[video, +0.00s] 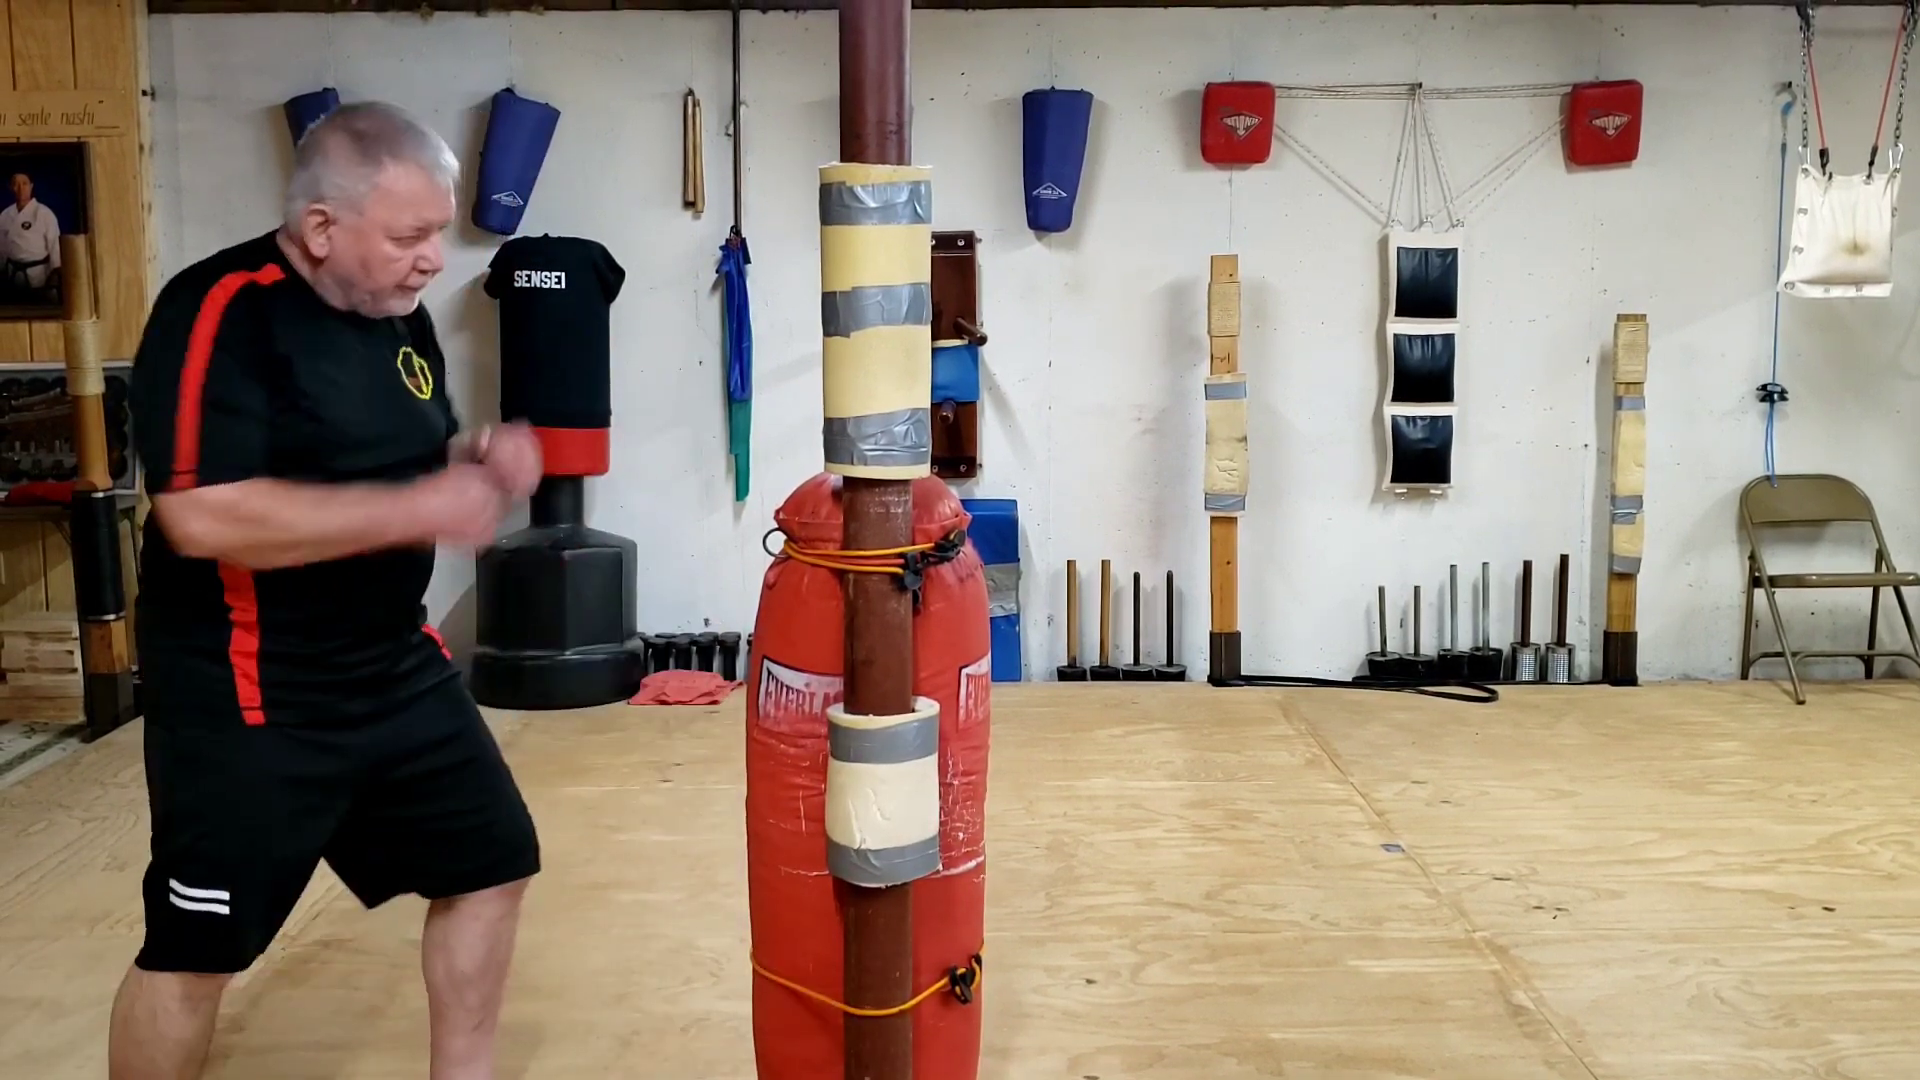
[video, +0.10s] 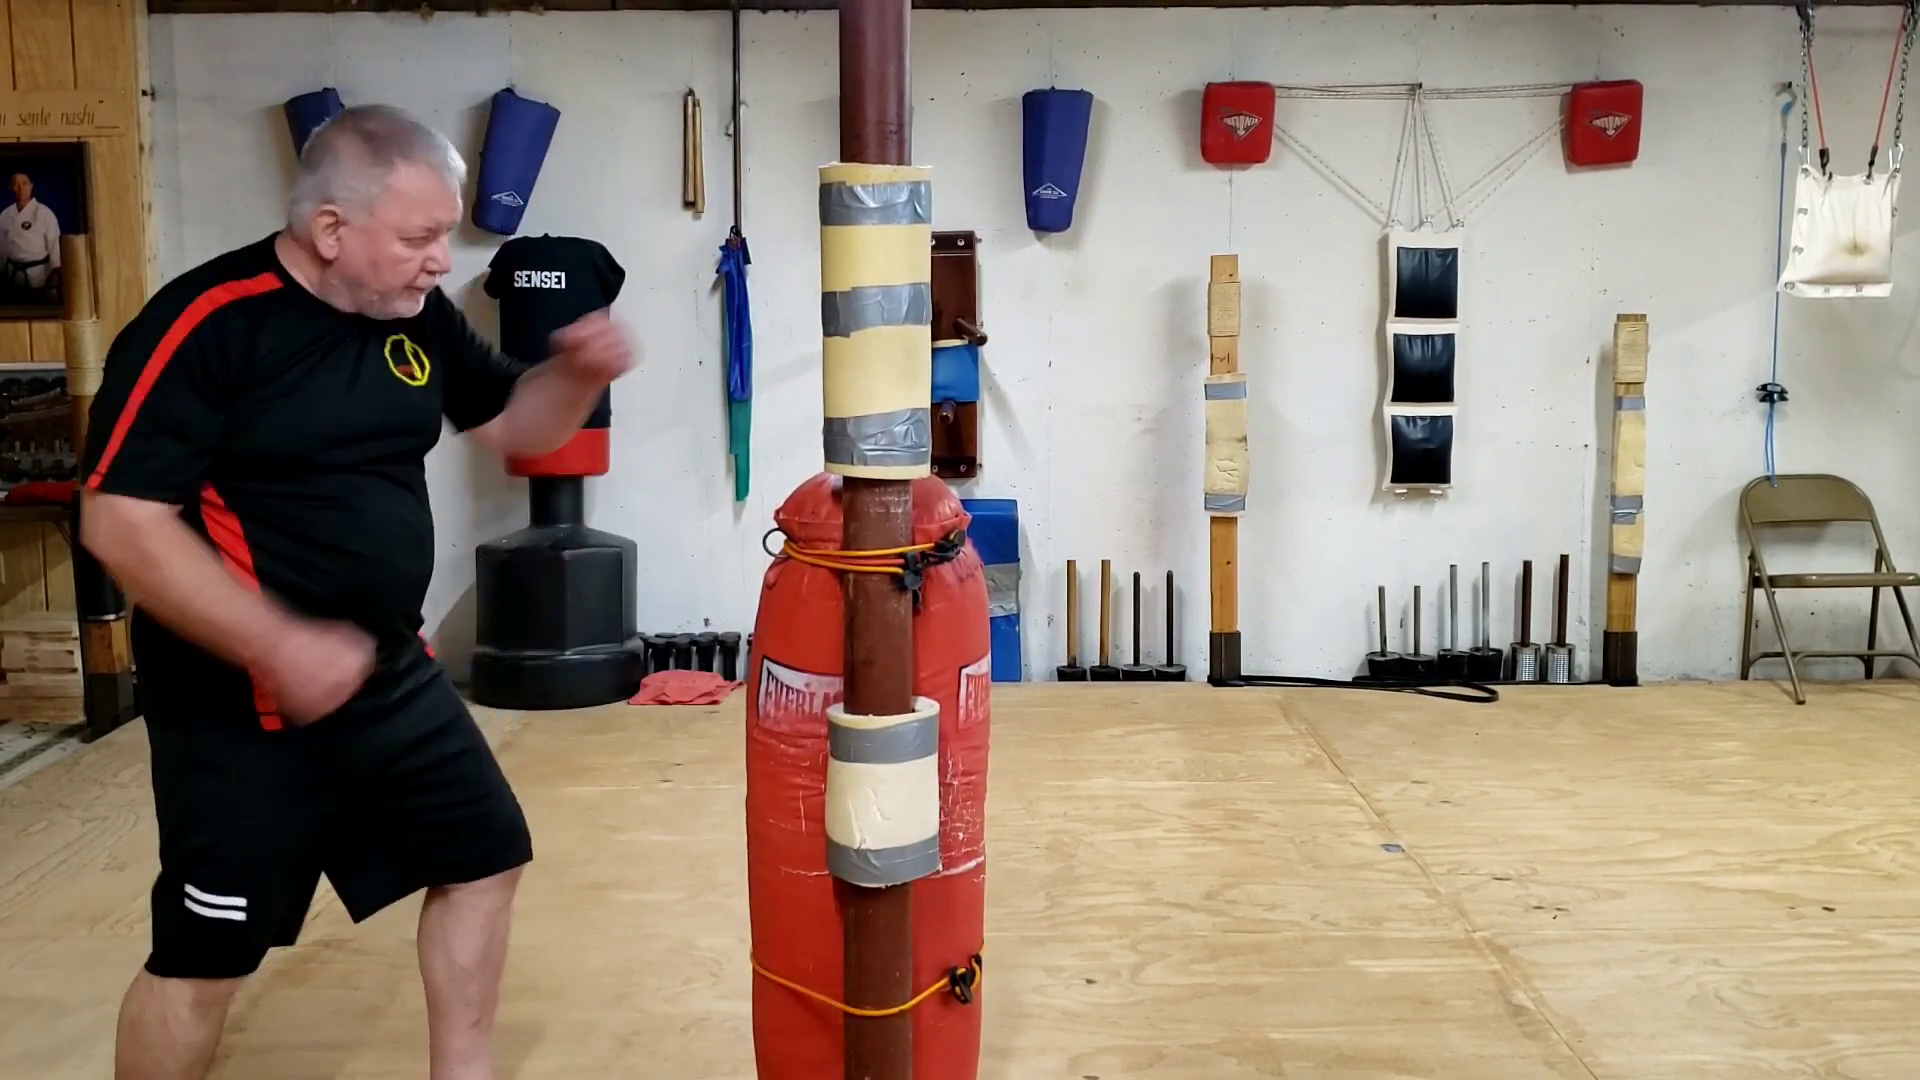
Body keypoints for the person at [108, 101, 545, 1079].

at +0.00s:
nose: (433, 261)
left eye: (438, 236)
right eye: (411, 237)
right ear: (321, 231)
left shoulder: (399, 313)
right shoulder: (212, 310)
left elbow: (410, 467)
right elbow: (197, 515)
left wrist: (478, 465)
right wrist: (416, 509)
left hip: (391, 665)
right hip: (240, 690)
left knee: (489, 861)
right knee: (194, 948)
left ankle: (463, 1074)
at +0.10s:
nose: (441, 263)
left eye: (446, 238)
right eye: (420, 239)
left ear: (343, 233)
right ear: (331, 232)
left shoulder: (419, 317)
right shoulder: (199, 323)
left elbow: (514, 428)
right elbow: (118, 518)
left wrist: (578, 373)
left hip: (385, 670)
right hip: (229, 695)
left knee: (481, 857)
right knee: (206, 947)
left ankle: (462, 1075)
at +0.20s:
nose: (463, 271)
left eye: (467, 248)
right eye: (446, 247)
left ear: (369, 241)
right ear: (358, 240)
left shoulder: (415, 317)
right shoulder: (227, 325)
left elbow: (540, 380)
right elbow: (94, 498)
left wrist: (665, 366)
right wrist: (214, 659)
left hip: (380, 683)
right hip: (256, 702)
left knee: (480, 855)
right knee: (216, 962)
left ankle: (461, 1075)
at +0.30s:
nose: (481, 259)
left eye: (486, 235)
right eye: (466, 233)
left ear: (395, 229)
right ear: (381, 222)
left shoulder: (405, 319)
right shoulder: (262, 307)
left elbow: (430, 470)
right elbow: (215, 505)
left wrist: (539, 462)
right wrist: (432, 495)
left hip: (392, 667)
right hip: (263, 684)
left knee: (491, 852)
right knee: (216, 940)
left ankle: (462, 1074)